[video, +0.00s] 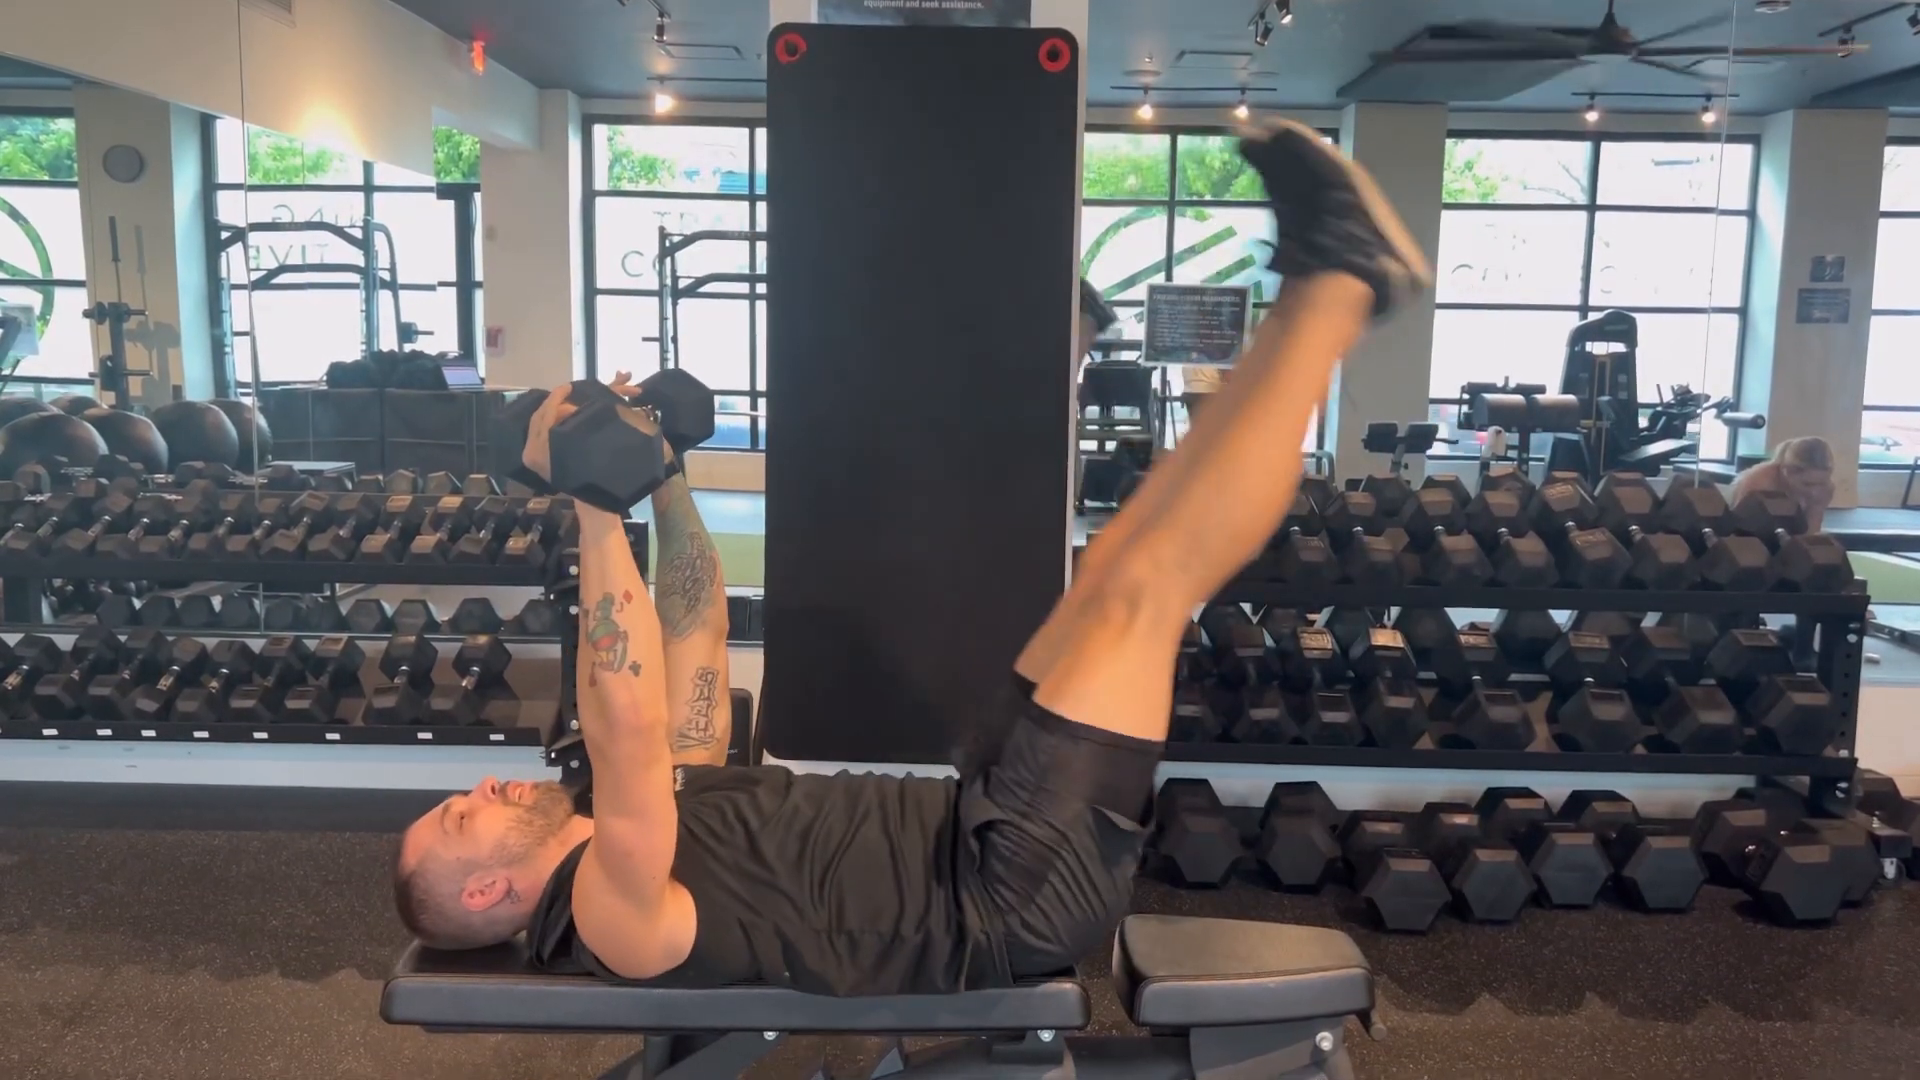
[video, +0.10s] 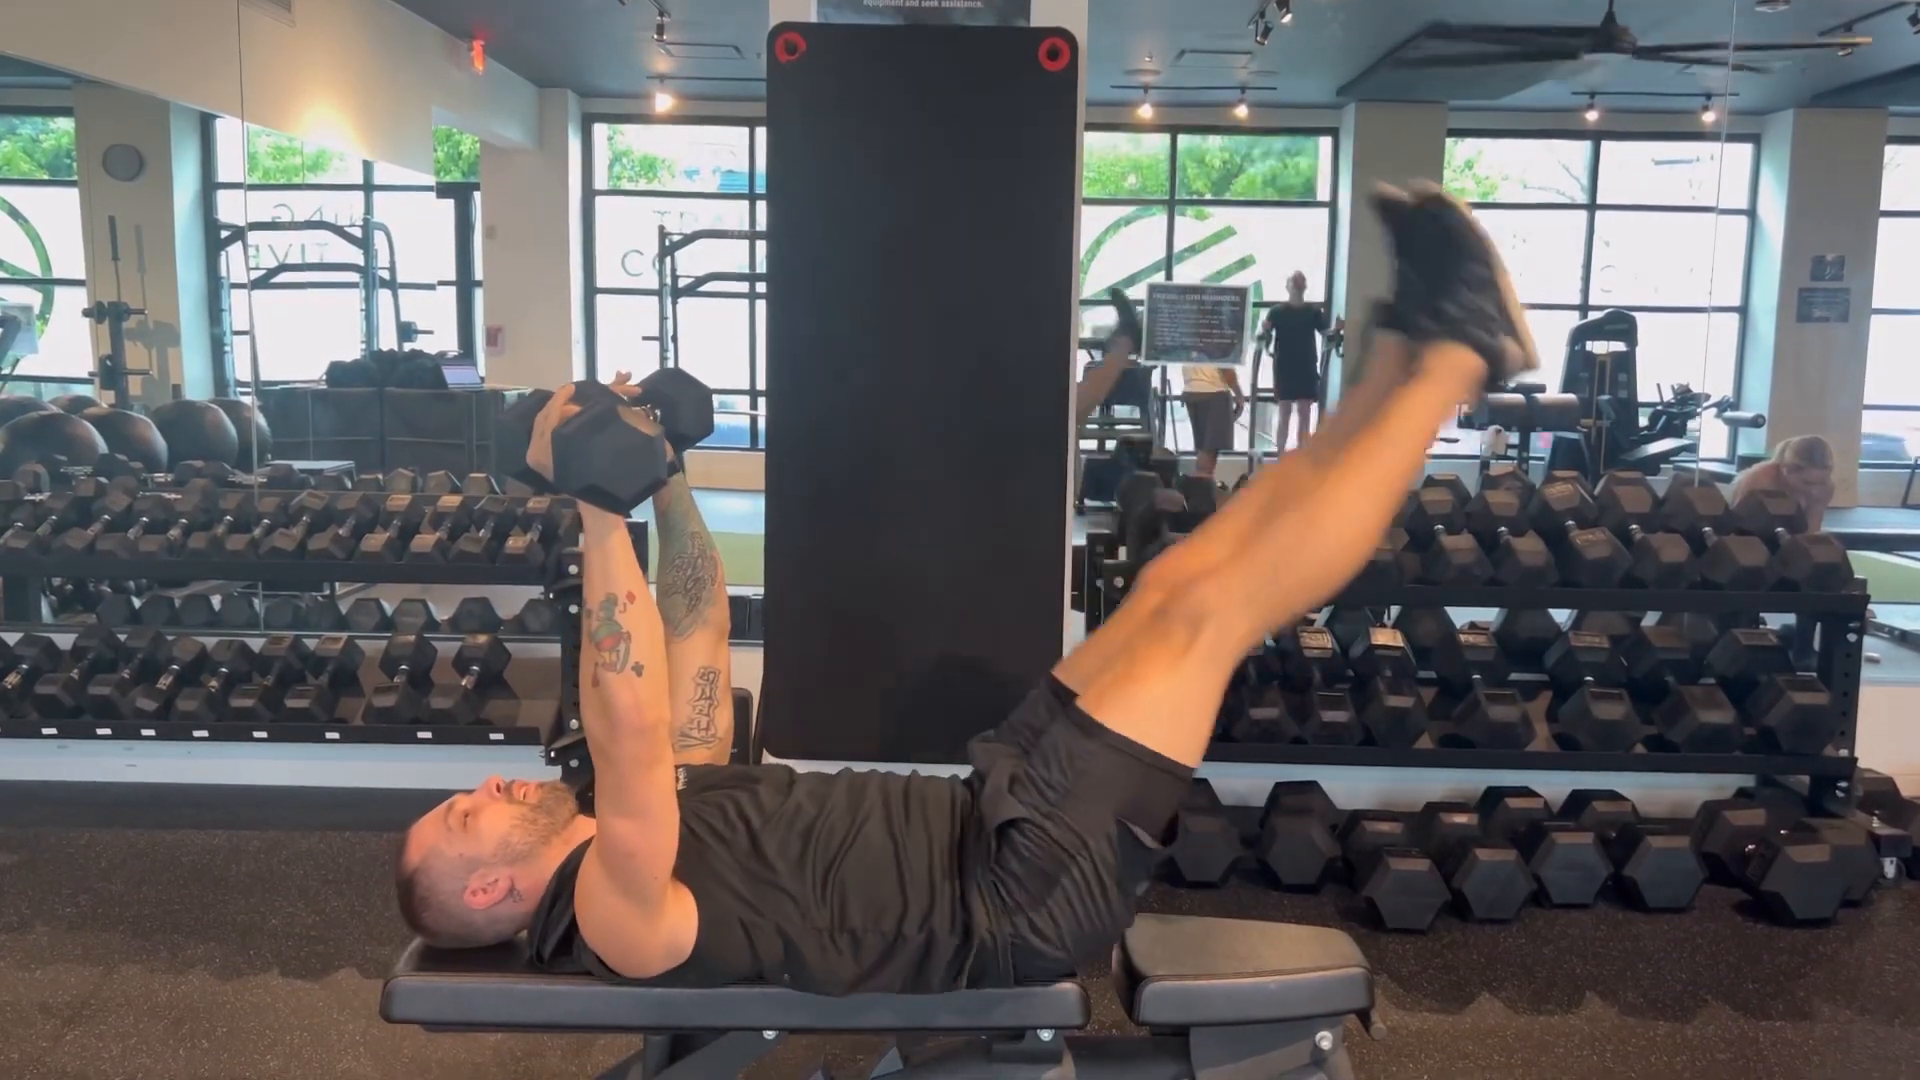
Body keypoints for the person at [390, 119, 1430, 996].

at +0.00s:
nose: (478, 791)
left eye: (458, 802)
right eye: (460, 830)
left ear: (499, 813)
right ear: (499, 889)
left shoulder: (628, 822)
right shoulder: (615, 897)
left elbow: (696, 659)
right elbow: (624, 679)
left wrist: (661, 485)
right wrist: (597, 508)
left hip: (977, 826)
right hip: (1005, 886)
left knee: (1123, 562)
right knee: (1142, 576)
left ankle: (1321, 285)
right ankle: (1340, 277)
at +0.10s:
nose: (503, 784)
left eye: (484, 792)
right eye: (479, 814)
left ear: (517, 837)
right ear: (503, 893)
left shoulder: (642, 830)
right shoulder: (623, 905)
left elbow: (695, 660)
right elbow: (626, 701)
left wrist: (668, 484)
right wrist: (600, 514)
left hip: (988, 814)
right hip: (1017, 891)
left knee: (1191, 581)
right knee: (1202, 599)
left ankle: (1410, 355)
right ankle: (1460, 357)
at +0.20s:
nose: (481, 790)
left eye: (465, 801)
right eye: (462, 830)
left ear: (518, 827)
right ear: (494, 893)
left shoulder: (638, 821)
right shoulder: (619, 903)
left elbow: (696, 667)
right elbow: (620, 678)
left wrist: (660, 485)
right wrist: (601, 498)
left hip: (999, 808)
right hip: (1022, 881)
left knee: (1228, 620)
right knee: (1244, 643)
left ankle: (1493, 442)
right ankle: (1547, 452)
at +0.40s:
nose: (492, 794)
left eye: (473, 800)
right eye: (472, 826)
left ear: (523, 839)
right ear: (507, 901)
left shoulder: (640, 834)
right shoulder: (622, 903)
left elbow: (694, 662)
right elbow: (628, 704)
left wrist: (656, 494)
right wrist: (606, 520)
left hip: (1025, 799)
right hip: (1031, 871)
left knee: (1301, 700)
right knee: (1317, 721)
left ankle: (1626, 613)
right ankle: (1652, 642)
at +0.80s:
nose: (495, 796)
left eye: (476, 799)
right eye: (475, 831)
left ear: (532, 810)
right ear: (511, 899)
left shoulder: (649, 811)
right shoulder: (622, 903)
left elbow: (721, 664)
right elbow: (628, 699)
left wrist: (682, 507)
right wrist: (607, 524)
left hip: (1052, 799)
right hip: (1056, 881)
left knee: (1348, 782)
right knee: (1367, 836)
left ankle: (1668, 801)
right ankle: (1712, 841)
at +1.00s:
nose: (500, 794)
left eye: (485, 796)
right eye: (475, 820)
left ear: (524, 807)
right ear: (484, 892)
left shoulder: (641, 805)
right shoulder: (601, 909)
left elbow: (749, 711)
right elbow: (658, 897)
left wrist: (704, 580)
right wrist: (626, 669)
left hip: (1049, 797)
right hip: (1051, 875)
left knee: (1362, 803)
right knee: (1369, 842)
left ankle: (1688, 830)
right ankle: (1705, 861)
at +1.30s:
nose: (508, 779)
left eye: (485, 787)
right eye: (487, 810)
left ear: (531, 822)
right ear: (511, 880)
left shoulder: (622, 792)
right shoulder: (612, 895)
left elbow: (645, 724)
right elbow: (672, 1039)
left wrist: (621, 732)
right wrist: (658, 885)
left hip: (1057, 794)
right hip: (1056, 875)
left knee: (1340, 805)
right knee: (1367, 852)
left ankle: (1668, 852)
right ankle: (1709, 887)